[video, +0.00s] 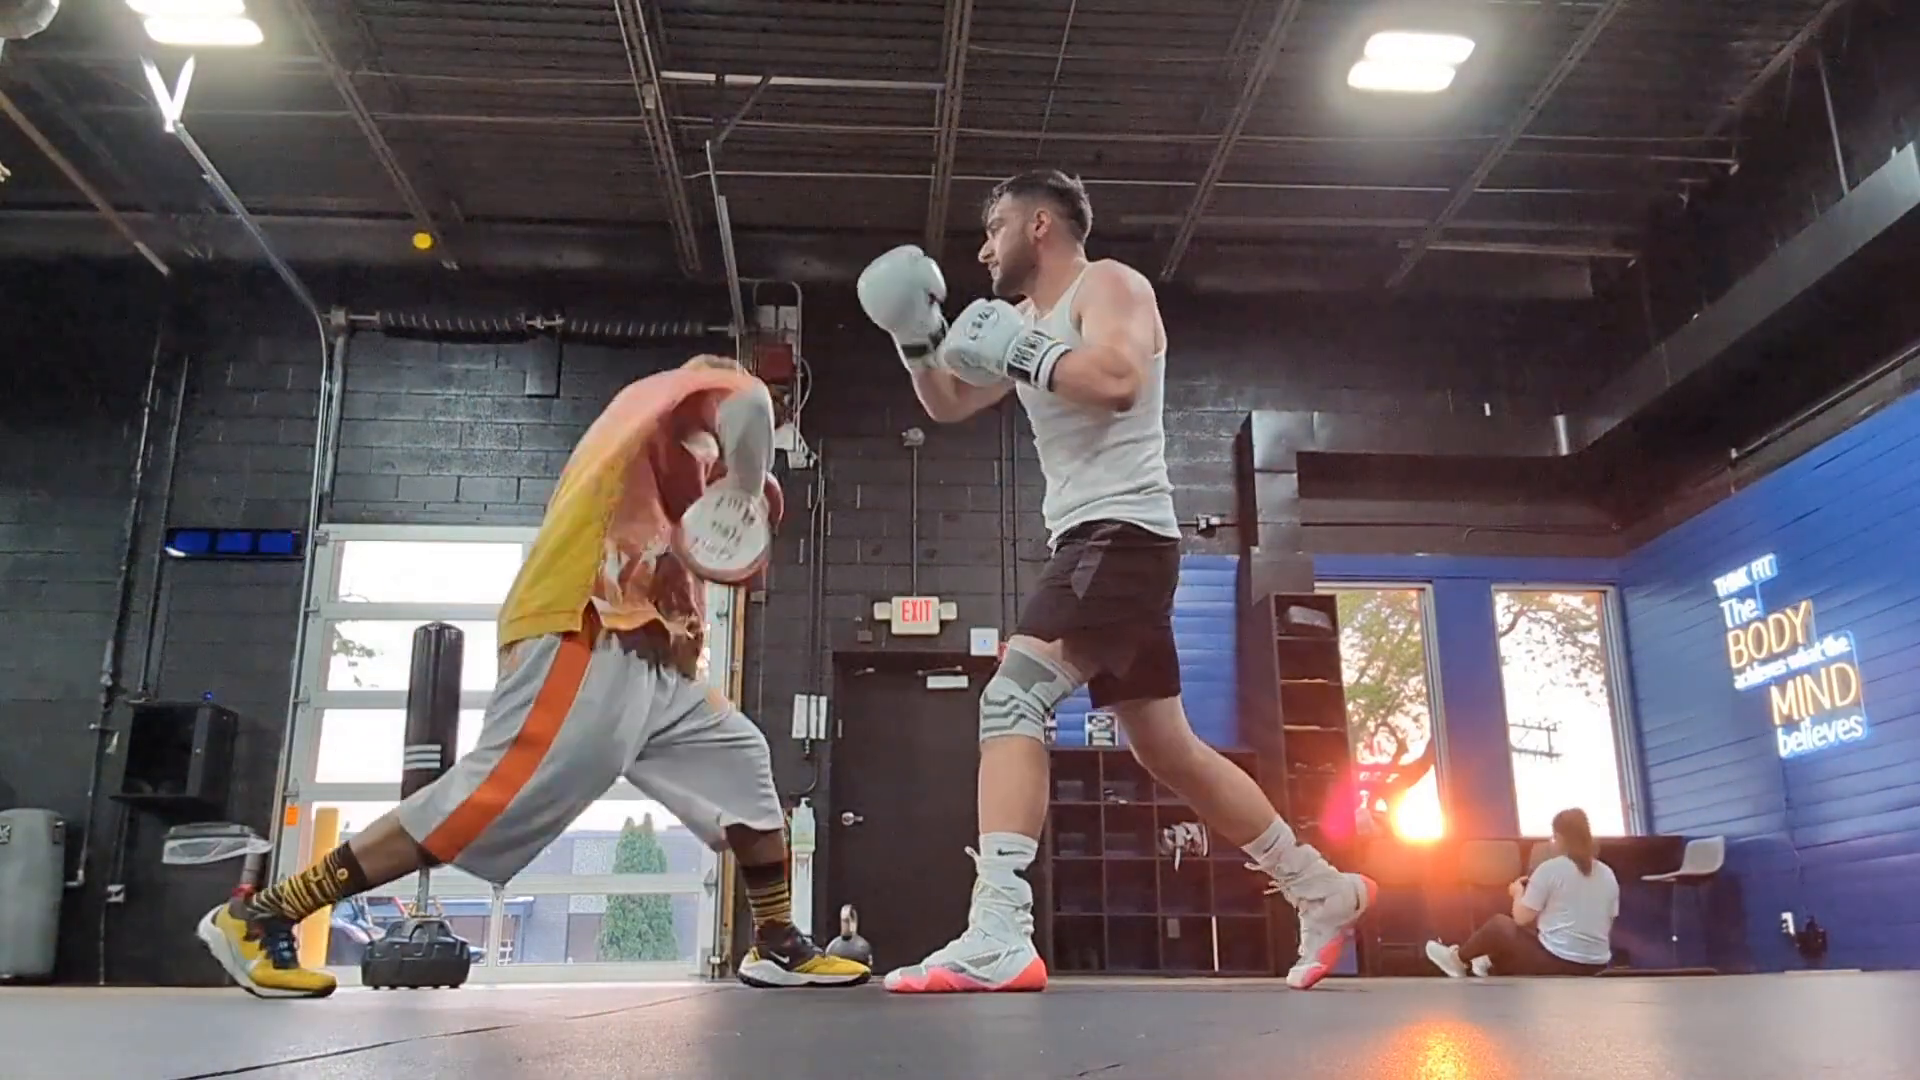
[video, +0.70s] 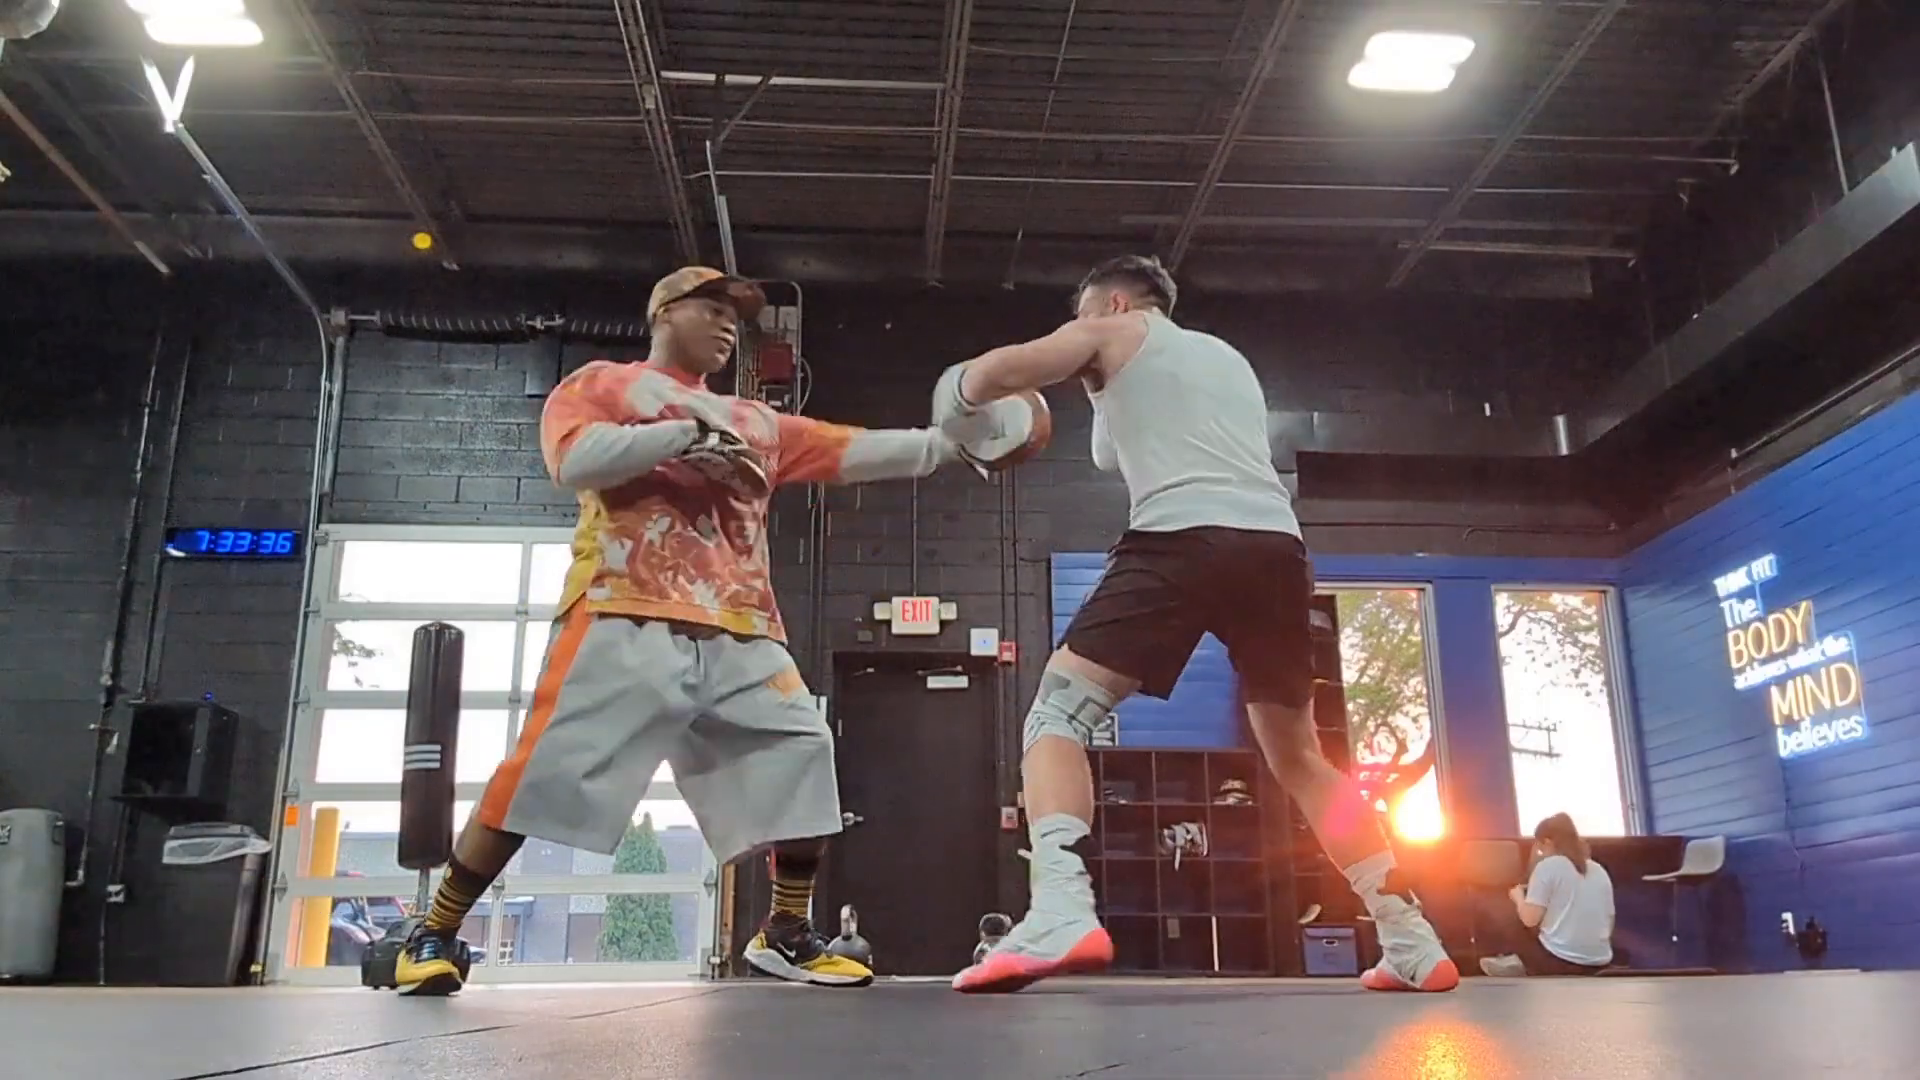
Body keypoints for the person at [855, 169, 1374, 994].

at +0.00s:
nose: (984, 245)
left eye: (995, 227)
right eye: (984, 233)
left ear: (1044, 222)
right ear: (1036, 232)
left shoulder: (1111, 282)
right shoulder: (1021, 318)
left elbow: (1117, 382)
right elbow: (947, 401)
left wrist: (1018, 345)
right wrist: (917, 338)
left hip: (1121, 534)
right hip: (1092, 539)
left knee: (1013, 704)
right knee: (1168, 749)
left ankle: (999, 936)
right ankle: (1323, 889)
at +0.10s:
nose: (997, 258)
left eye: (1005, 238)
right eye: (996, 244)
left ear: (1051, 228)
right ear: (1045, 237)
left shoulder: (1122, 289)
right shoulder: (1051, 334)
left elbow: (1145, 397)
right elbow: (1009, 450)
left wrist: (1036, 371)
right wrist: (968, 375)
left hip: (1131, 538)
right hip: (1133, 545)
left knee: (1017, 703)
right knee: (1175, 749)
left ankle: (999, 934)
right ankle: (1332, 908)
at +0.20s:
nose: (1002, 292)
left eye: (1006, 274)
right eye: (999, 279)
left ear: (1045, 261)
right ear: (1056, 267)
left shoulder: (1115, 320)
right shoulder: (1082, 353)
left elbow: (1165, 427)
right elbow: (1085, 446)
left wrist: (1049, 427)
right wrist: (1012, 368)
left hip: (1156, 552)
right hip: (1201, 563)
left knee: (1007, 703)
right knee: (1216, 776)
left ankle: (1000, 931)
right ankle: (1350, 937)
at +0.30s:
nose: (993, 333)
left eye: (998, 312)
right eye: (991, 316)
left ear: (1035, 299)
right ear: (1074, 301)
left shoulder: (1053, 349)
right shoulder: (1148, 347)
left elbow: (1079, 425)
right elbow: (1180, 462)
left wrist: (991, 484)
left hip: (1153, 555)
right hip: (1239, 560)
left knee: (1019, 722)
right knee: (1240, 768)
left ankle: (987, 919)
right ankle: (1355, 938)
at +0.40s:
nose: (1000, 352)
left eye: (1001, 333)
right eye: (998, 335)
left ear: (1034, 322)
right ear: (1079, 318)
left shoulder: (1043, 370)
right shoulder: (1156, 361)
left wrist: (885, 516)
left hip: (1161, 561)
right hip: (1254, 560)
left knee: (1032, 735)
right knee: (1247, 761)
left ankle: (993, 935)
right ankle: (1366, 928)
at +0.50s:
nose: (1027, 364)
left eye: (1027, 348)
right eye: (1024, 352)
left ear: (1057, 326)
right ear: (1101, 322)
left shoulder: (1077, 363)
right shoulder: (1178, 377)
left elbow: (1001, 463)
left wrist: (906, 482)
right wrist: (914, 487)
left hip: (1178, 557)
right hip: (1270, 568)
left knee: (1040, 724)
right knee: (1271, 771)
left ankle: (992, 929)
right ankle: (1404, 933)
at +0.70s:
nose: (1078, 328)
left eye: (1083, 313)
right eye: (1078, 317)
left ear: (1116, 301)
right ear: (1159, 303)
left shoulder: (1115, 330)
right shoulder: (1232, 362)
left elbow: (989, 374)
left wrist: (961, 404)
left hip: (1179, 538)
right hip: (1277, 548)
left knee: (1059, 719)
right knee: (1298, 754)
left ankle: (1059, 911)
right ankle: (1408, 938)